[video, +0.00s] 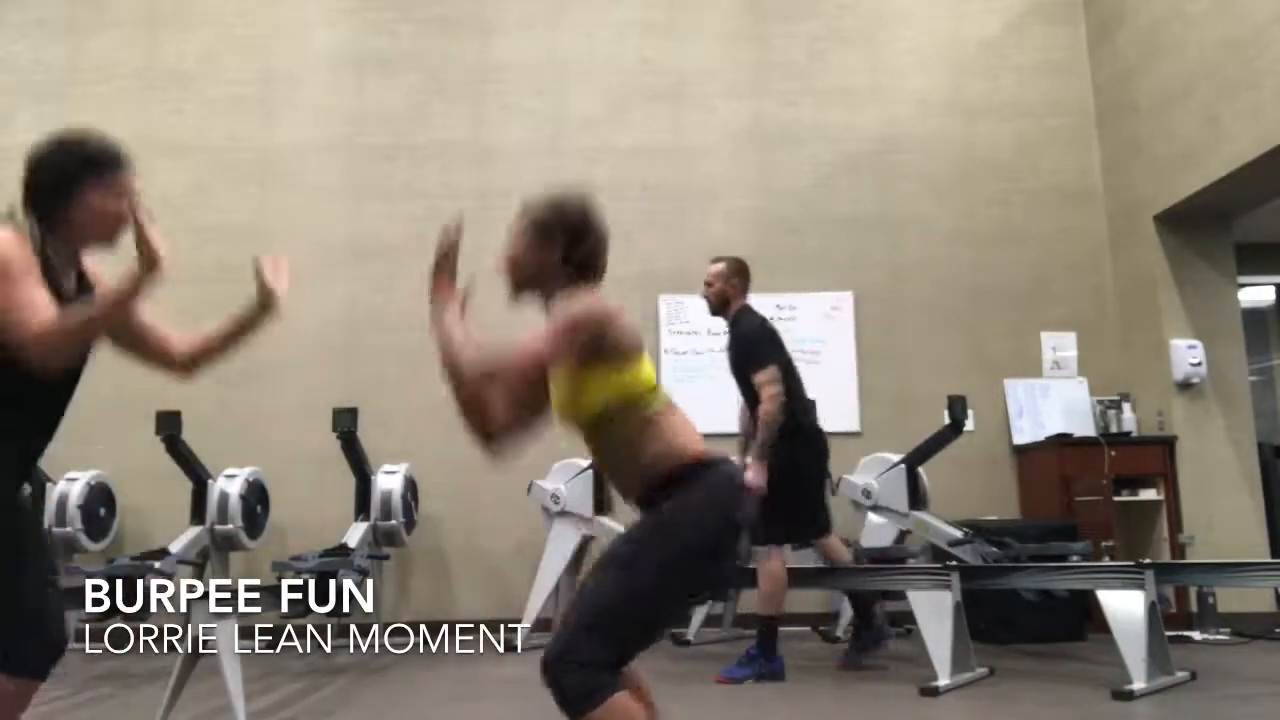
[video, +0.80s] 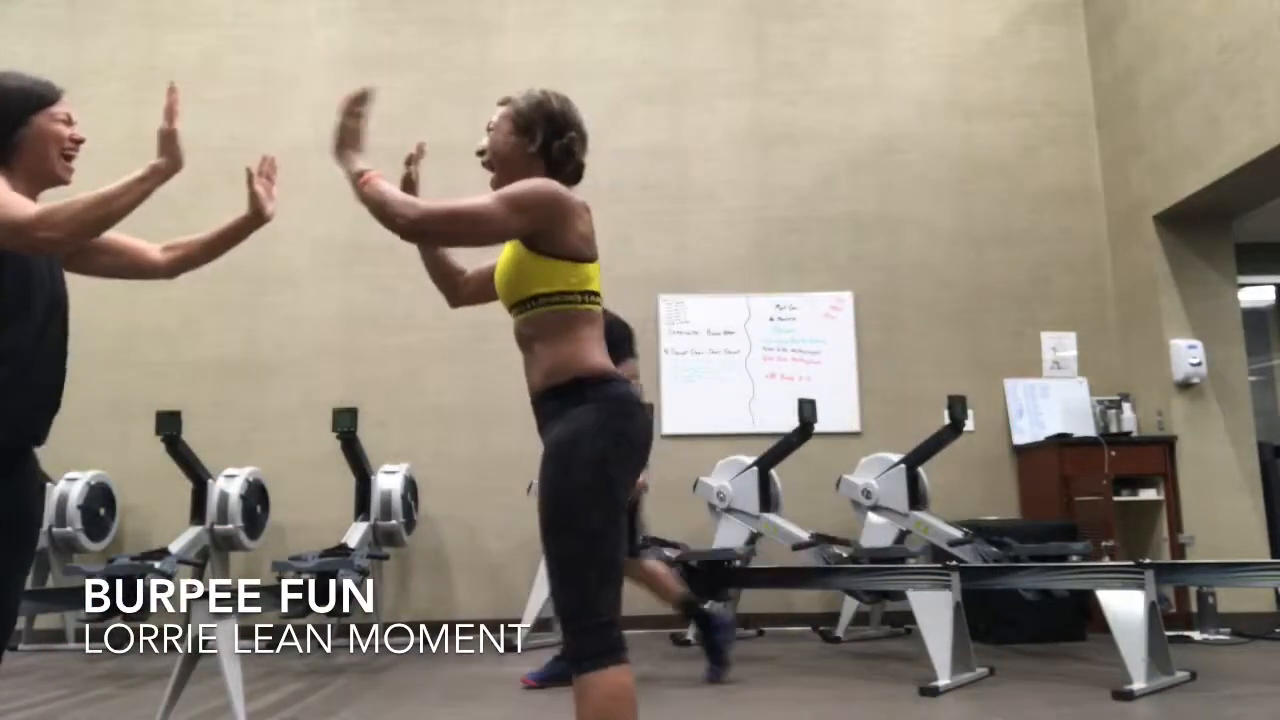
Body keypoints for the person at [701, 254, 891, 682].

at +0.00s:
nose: (704, 291)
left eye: (711, 284)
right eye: (705, 284)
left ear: (734, 288)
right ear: (728, 288)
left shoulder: (749, 329)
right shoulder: (740, 329)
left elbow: (774, 397)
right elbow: (751, 401)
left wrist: (758, 458)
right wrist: (743, 453)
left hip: (789, 444)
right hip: (796, 441)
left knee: (768, 545)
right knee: (820, 534)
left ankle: (765, 652)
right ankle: (869, 619)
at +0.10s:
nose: (687, 284)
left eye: (694, 277)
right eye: (689, 276)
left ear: (717, 281)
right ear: (714, 282)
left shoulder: (730, 325)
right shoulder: (727, 322)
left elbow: (754, 395)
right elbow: (734, 396)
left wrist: (750, 464)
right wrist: (712, 443)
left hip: (774, 437)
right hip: (780, 433)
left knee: (762, 547)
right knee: (795, 529)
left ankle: (766, 654)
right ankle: (853, 590)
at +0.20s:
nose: (676, 279)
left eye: (683, 273)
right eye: (677, 272)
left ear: (707, 277)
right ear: (701, 276)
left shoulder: (719, 322)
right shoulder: (710, 320)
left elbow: (740, 395)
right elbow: (722, 394)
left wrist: (732, 460)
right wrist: (692, 440)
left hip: (757, 442)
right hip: (752, 438)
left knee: (753, 548)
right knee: (750, 524)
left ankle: (765, 653)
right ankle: (811, 544)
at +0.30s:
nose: (668, 278)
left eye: (675, 271)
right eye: (669, 271)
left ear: (700, 275)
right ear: (695, 276)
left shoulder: (712, 321)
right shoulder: (703, 319)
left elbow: (730, 391)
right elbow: (709, 393)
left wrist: (711, 457)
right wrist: (684, 440)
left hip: (742, 441)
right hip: (734, 437)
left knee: (744, 548)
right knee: (702, 497)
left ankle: (764, 653)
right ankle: (790, 516)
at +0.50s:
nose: (639, 282)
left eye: (645, 274)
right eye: (637, 275)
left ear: (671, 276)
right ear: (662, 279)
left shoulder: (688, 322)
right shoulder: (670, 322)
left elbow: (699, 391)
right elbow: (682, 395)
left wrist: (665, 452)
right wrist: (664, 446)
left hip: (705, 444)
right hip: (686, 441)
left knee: (718, 546)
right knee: (632, 505)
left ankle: (760, 648)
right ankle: (692, 555)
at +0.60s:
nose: (619, 286)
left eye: (626, 278)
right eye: (618, 279)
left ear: (652, 280)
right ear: (636, 283)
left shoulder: (671, 326)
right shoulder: (649, 327)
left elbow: (685, 395)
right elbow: (655, 399)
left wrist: (654, 457)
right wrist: (640, 447)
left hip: (688, 452)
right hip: (663, 450)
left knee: (712, 549)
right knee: (620, 530)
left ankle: (759, 649)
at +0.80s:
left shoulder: (610, 329)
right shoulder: (560, 336)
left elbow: (631, 400)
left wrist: (636, 467)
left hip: (617, 463)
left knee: (626, 554)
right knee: (577, 559)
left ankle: (705, 617)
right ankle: (574, 651)